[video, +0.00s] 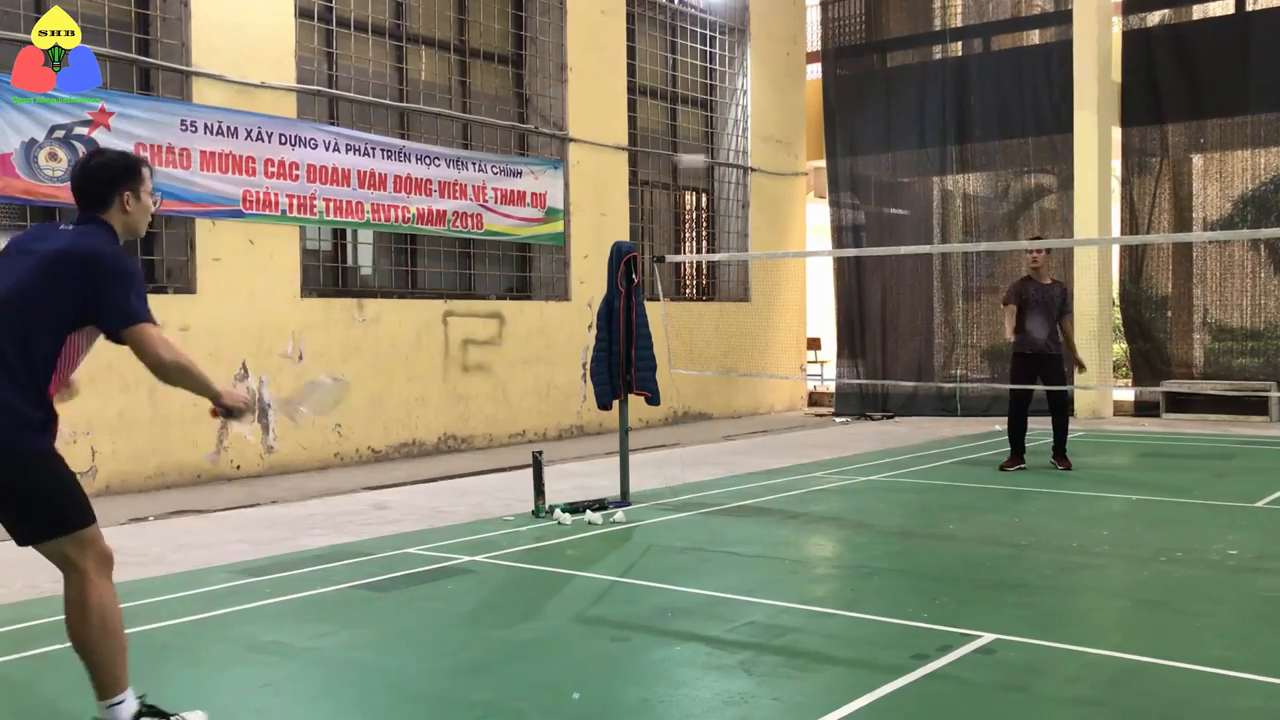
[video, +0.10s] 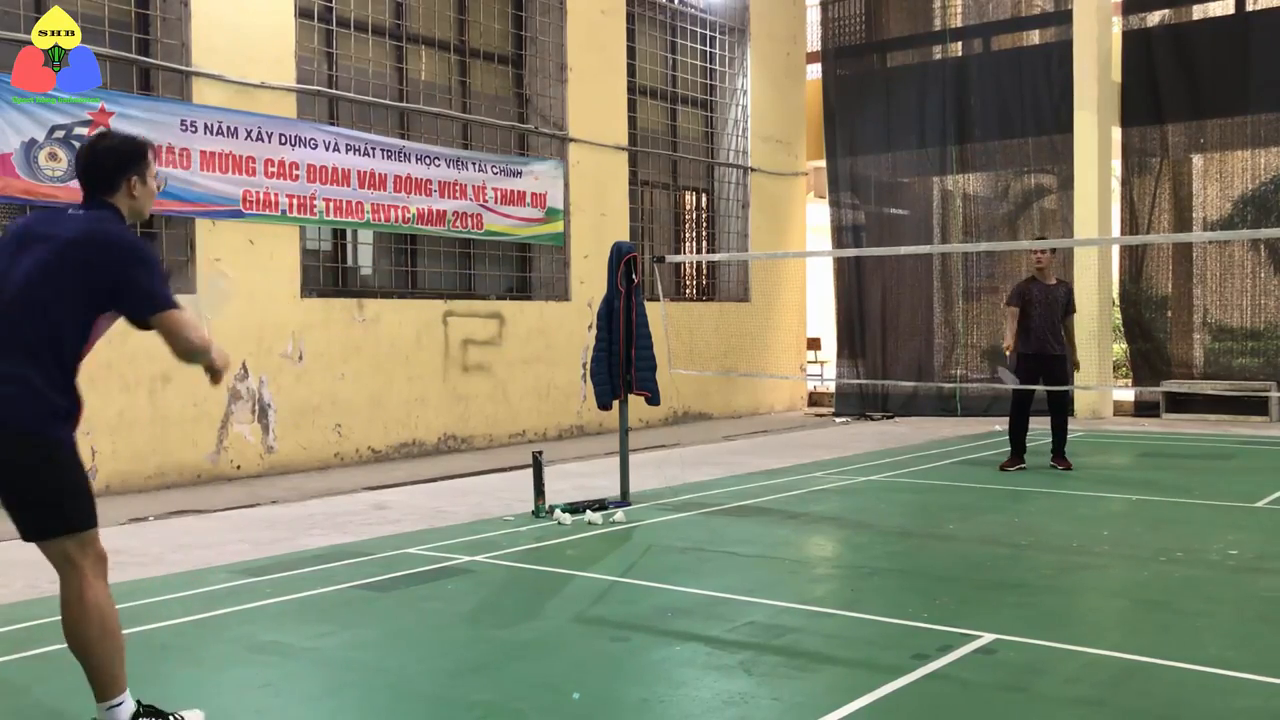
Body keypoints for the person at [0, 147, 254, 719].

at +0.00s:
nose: (153, 206)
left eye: (152, 194)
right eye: (148, 193)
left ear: (92, 200)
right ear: (124, 198)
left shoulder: (32, 239)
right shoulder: (104, 258)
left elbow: (10, 310)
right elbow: (162, 357)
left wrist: (41, 371)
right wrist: (220, 395)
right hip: (13, 430)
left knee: (80, 559)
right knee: (87, 560)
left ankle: (118, 706)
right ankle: (120, 708)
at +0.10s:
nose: (156, 190)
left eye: (154, 178)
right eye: (152, 179)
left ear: (91, 182)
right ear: (129, 183)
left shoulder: (32, 224)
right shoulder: (120, 246)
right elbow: (184, 340)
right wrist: (211, 355)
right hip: (25, 419)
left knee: (78, 561)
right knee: (82, 563)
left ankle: (116, 707)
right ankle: (118, 710)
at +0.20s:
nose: (159, 171)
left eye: (158, 160)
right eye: (158, 161)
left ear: (90, 165)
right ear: (142, 168)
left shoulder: (22, 213)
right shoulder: (146, 240)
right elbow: (235, 312)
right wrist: (253, 322)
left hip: (1, 413)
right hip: (53, 425)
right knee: (106, 562)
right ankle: (124, 709)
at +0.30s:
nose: (167, 162)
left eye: (163, 152)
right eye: (165, 153)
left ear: (93, 157)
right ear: (156, 162)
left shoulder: (33, 206)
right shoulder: (180, 240)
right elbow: (293, 265)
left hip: (1, 413)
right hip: (64, 429)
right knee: (118, 562)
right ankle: (125, 710)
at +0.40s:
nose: (174, 150)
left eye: (172, 140)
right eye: (172, 142)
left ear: (102, 147)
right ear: (163, 153)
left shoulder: (43, 195)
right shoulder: (184, 222)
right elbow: (296, 237)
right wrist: (395, 252)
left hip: (3, 403)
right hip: (69, 418)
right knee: (120, 559)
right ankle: (125, 710)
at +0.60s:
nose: (167, 141)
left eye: (163, 129)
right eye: (162, 131)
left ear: (97, 138)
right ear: (146, 140)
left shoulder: (34, 188)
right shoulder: (149, 218)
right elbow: (226, 294)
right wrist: (323, 338)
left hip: (4, 407)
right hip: (70, 421)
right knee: (107, 564)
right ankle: (124, 709)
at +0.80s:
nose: (146, 190)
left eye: (145, 177)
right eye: (142, 178)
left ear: (75, 183)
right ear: (117, 183)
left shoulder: (16, 228)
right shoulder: (109, 253)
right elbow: (159, 359)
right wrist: (244, 405)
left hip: (1, 442)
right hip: (39, 445)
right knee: (151, 545)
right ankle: (145, 695)